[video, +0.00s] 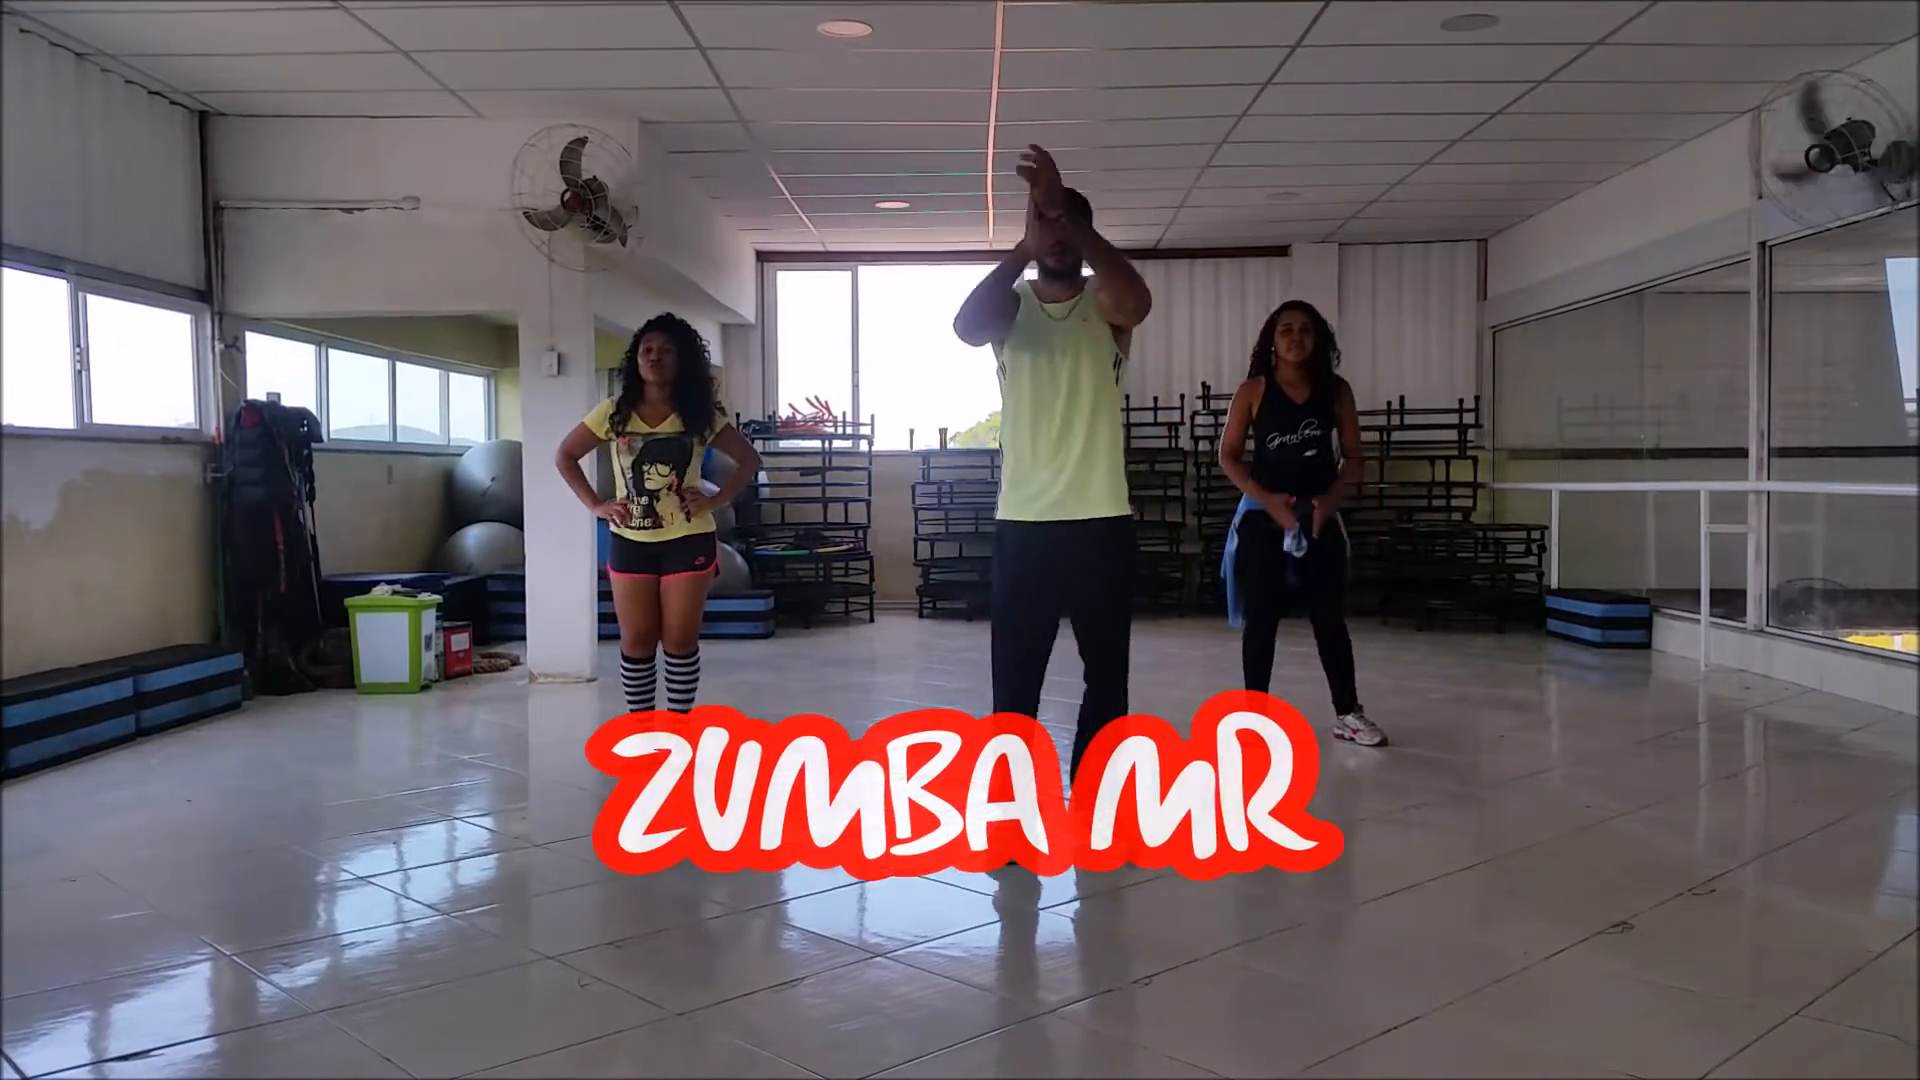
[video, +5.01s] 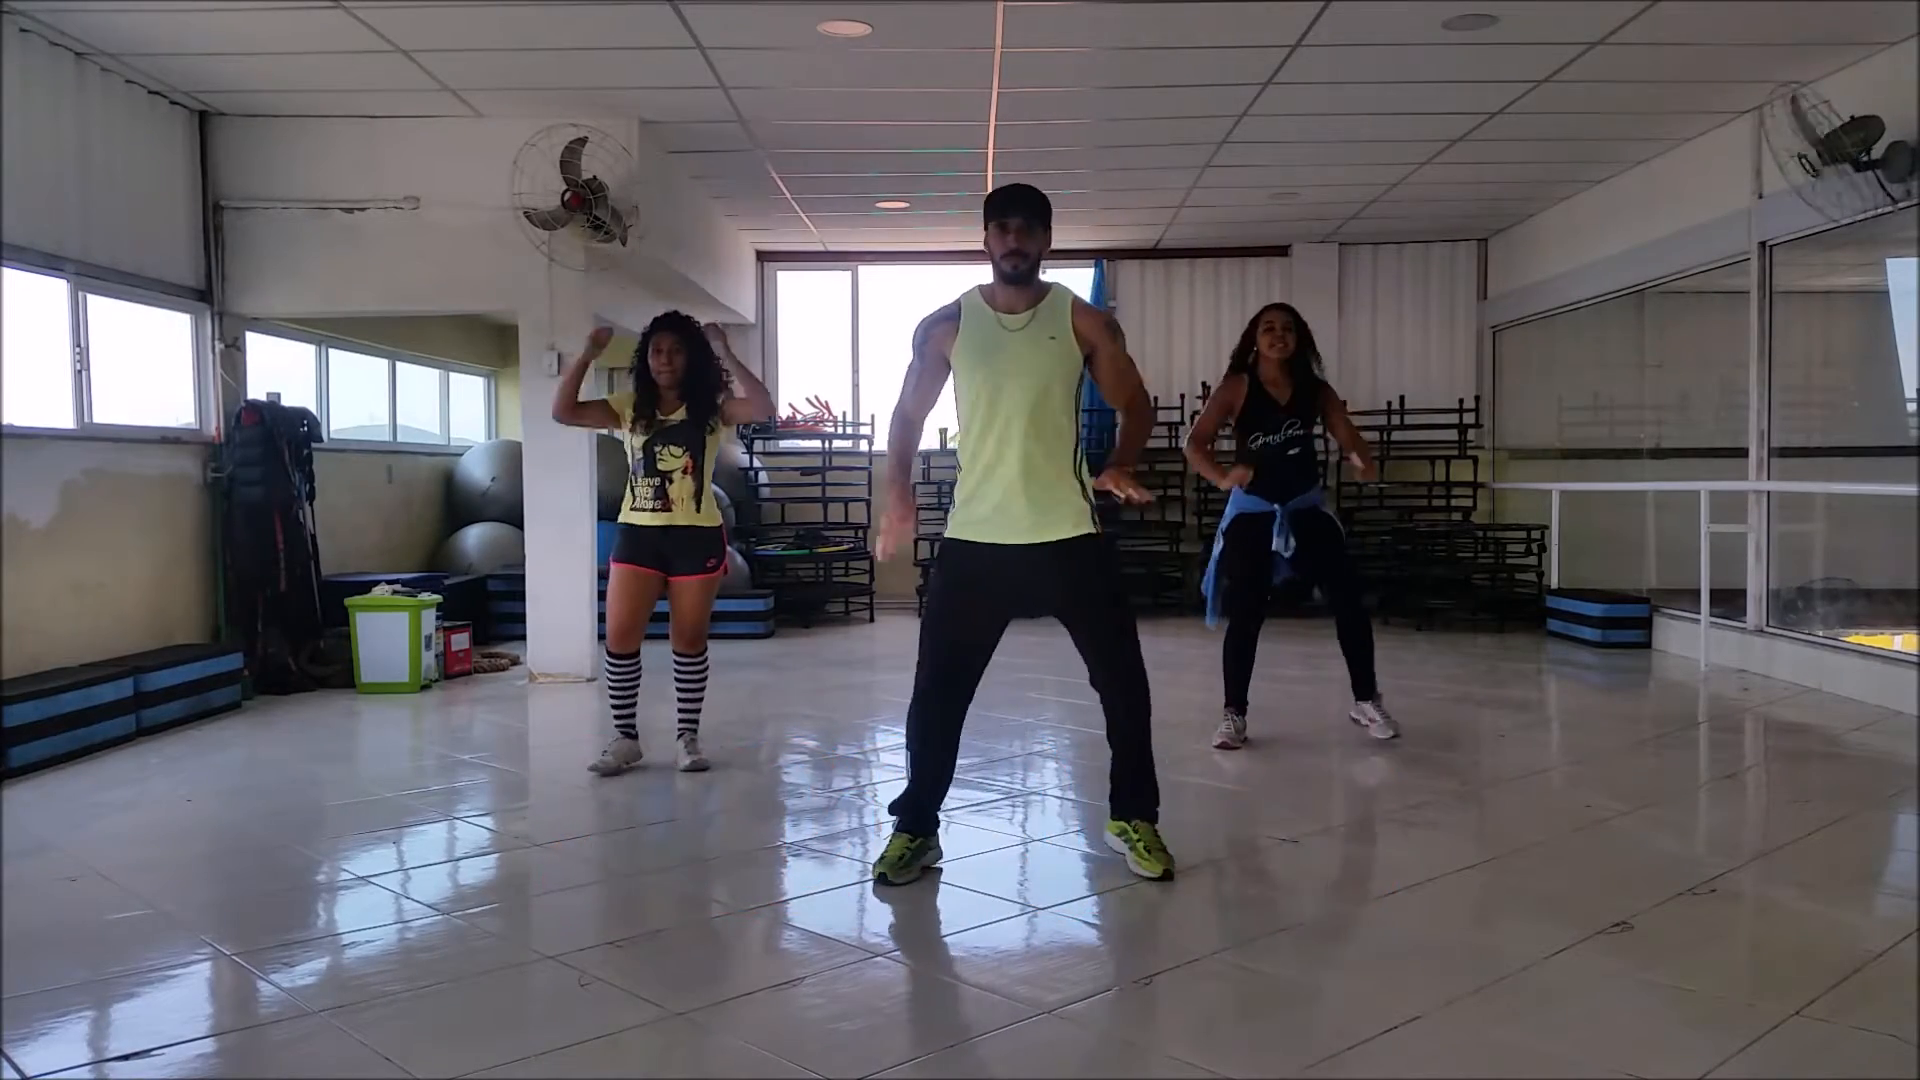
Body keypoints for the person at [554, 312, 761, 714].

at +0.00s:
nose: (653, 356)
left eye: (664, 349)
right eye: (646, 349)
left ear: (682, 359)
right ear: (635, 359)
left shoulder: (700, 413)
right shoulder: (615, 411)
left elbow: (750, 460)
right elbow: (565, 455)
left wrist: (716, 500)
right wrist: (595, 504)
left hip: (688, 541)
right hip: (630, 544)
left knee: (679, 642)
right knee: (636, 643)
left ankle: (679, 734)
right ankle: (641, 735)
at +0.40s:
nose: (654, 360)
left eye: (665, 353)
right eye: (647, 352)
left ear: (683, 363)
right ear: (638, 361)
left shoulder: (700, 414)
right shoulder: (621, 414)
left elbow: (698, 473)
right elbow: (604, 469)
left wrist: (670, 440)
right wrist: (646, 446)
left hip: (688, 541)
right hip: (630, 541)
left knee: (681, 643)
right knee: (634, 646)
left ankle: (680, 733)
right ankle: (641, 734)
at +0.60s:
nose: (645, 359)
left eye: (658, 354)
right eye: (639, 352)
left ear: (677, 367)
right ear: (631, 361)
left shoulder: (690, 412)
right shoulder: (614, 411)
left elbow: (733, 442)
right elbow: (565, 442)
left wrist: (710, 391)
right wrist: (592, 392)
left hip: (682, 542)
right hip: (624, 543)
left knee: (677, 642)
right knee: (630, 644)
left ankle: (681, 730)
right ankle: (640, 732)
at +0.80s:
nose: (651, 352)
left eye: (661, 348)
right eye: (644, 346)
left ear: (677, 358)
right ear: (632, 356)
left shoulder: (689, 405)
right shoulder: (618, 406)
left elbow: (708, 386)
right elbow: (589, 384)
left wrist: (685, 328)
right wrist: (612, 331)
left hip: (680, 538)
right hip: (623, 538)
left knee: (675, 639)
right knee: (633, 642)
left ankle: (681, 727)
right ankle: (640, 730)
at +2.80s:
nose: (666, 367)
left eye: (674, 359)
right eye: (657, 359)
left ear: (688, 363)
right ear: (642, 363)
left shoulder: (702, 407)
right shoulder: (625, 405)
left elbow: (710, 342)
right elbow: (602, 346)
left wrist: (674, 290)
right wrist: (649, 299)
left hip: (692, 541)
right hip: (634, 541)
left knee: (689, 647)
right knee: (640, 647)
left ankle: (692, 736)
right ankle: (652, 739)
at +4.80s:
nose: (662, 363)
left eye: (671, 354)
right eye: (654, 354)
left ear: (689, 359)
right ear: (642, 360)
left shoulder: (706, 405)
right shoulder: (629, 403)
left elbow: (725, 345)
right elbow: (596, 347)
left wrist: (689, 288)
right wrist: (631, 291)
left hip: (695, 542)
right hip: (636, 540)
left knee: (689, 644)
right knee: (623, 642)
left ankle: (686, 738)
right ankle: (644, 734)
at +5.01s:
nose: (664, 359)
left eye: (674, 351)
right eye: (656, 351)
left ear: (691, 360)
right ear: (645, 358)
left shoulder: (711, 412)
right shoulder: (628, 410)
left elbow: (763, 408)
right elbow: (564, 410)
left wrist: (726, 355)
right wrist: (588, 352)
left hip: (696, 540)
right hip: (637, 538)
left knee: (689, 641)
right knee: (620, 640)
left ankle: (688, 739)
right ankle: (626, 740)